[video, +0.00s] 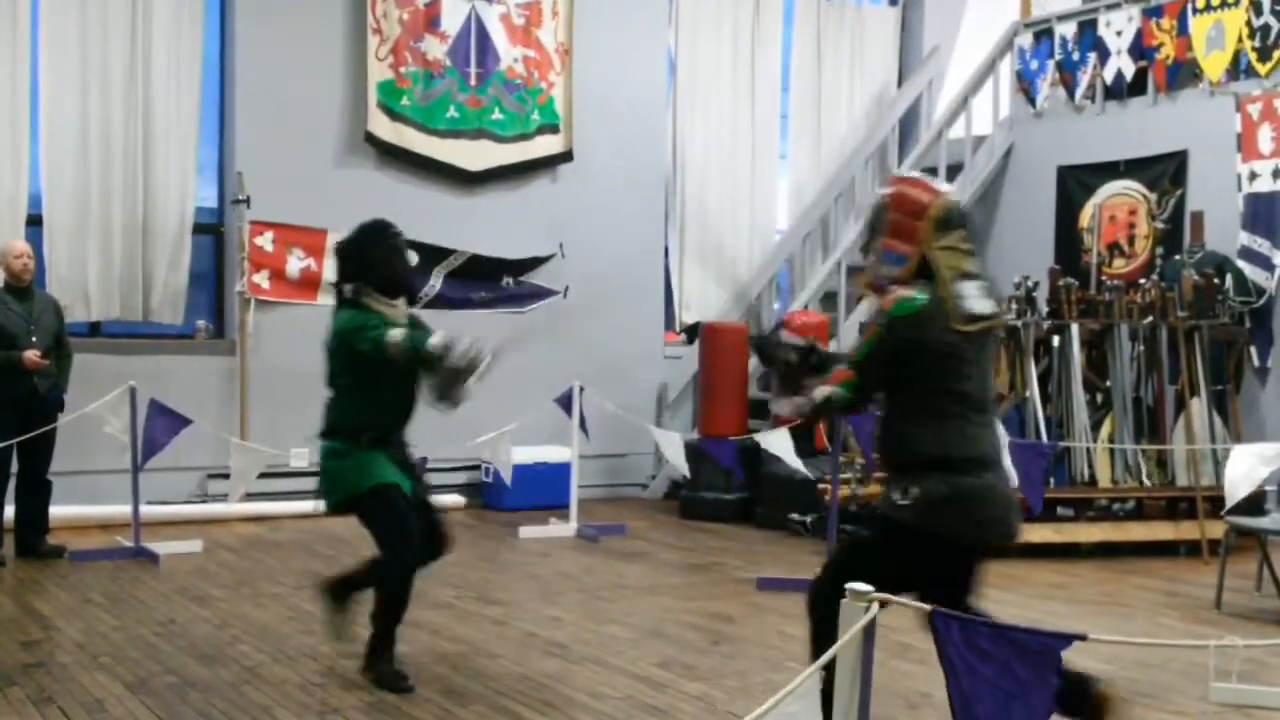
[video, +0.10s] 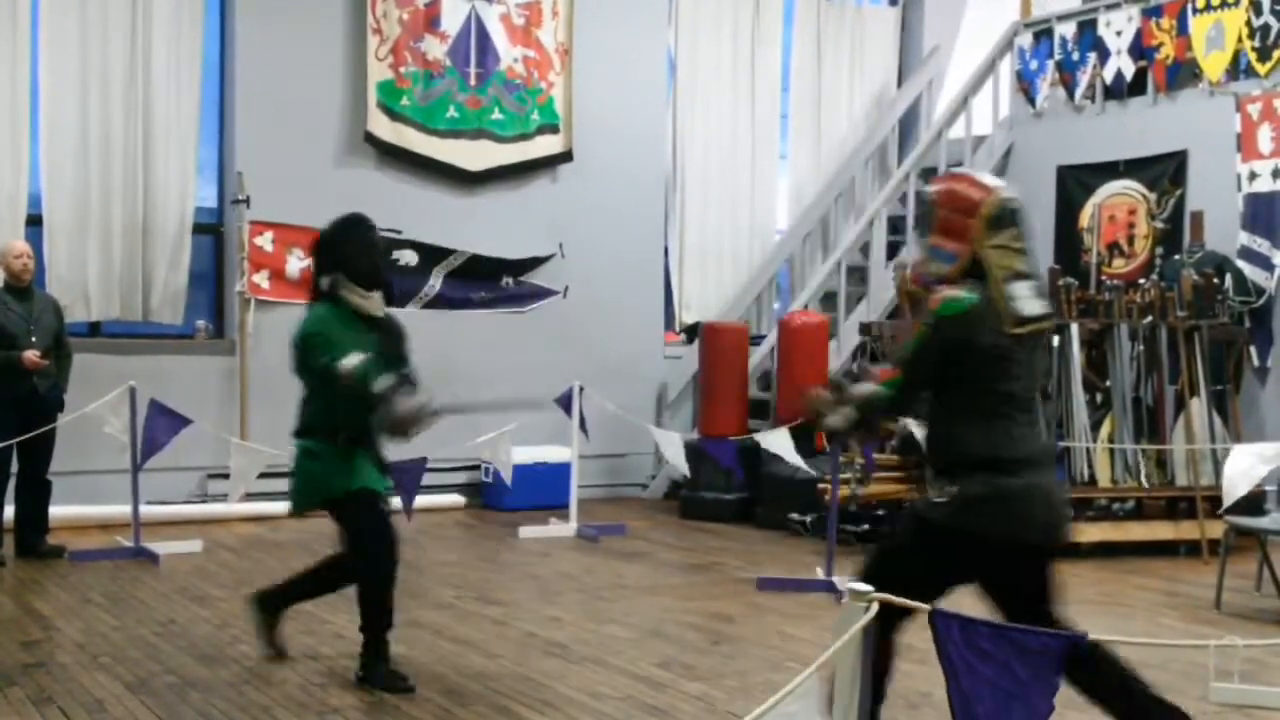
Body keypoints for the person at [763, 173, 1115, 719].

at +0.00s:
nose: (875, 254)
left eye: (884, 241)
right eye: (878, 240)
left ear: (907, 247)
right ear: (946, 243)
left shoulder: (909, 312)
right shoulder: (975, 306)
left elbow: (858, 385)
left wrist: (817, 404)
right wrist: (842, 380)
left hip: (929, 505)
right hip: (984, 502)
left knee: (830, 591)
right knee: (947, 615)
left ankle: (837, 708)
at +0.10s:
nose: (930, 243)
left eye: (938, 230)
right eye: (934, 229)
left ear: (962, 239)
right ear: (995, 238)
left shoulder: (957, 312)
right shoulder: (1028, 304)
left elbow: (903, 391)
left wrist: (850, 410)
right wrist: (870, 396)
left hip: (973, 510)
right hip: (1031, 507)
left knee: (876, 599)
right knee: (1040, 632)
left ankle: (856, 709)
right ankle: (1157, 714)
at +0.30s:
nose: (1014, 224)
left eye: (1023, 210)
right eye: (1017, 210)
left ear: (1047, 218)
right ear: (1086, 216)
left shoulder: (1052, 293)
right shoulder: (1124, 282)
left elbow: (1026, 393)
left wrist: (987, 425)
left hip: (1064, 495)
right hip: (1128, 490)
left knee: (962, 594)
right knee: (1144, 633)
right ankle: (1190, 715)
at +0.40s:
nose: (1034, 215)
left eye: (1042, 201)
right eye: (1037, 200)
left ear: (1066, 204)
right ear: (1101, 202)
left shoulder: (1078, 272)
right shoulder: (1144, 263)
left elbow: (1054, 377)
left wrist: (1017, 409)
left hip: (1096, 474)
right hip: (1154, 471)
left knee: (990, 567)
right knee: (1160, 621)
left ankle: (1046, 702)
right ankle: (1194, 711)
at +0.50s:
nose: (1051, 211)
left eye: (1059, 197)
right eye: (1054, 197)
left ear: (1082, 196)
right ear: (1114, 197)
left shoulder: (1097, 263)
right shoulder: (1148, 253)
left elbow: (1063, 364)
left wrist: (1029, 382)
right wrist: (1049, 363)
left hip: (1116, 467)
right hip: (1170, 463)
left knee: (1021, 573)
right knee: (1181, 622)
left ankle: (1104, 699)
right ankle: (1208, 714)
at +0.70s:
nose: (1078, 204)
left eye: (1085, 191)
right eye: (1080, 190)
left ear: (1106, 196)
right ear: (1148, 193)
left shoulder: (1110, 264)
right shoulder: (1187, 259)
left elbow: (1053, 364)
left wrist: (1028, 396)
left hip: (1125, 475)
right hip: (1189, 471)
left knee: (1045, 588)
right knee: (1191, 622)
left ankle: (1124, 712)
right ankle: (1215, 715)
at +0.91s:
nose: (1057, 223)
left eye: (1062, 206)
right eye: (1056, 207)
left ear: (1093, 204)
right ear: (1123, 201)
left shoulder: (1109, 269)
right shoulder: (1171, 262)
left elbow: (1075, 379)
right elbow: (1172, 375)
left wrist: (1040, 431)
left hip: (1100, 476)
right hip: (1160, 474)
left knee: (1004, 581)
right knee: (1174, 624)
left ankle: (1010, 707)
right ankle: (1207, 713)